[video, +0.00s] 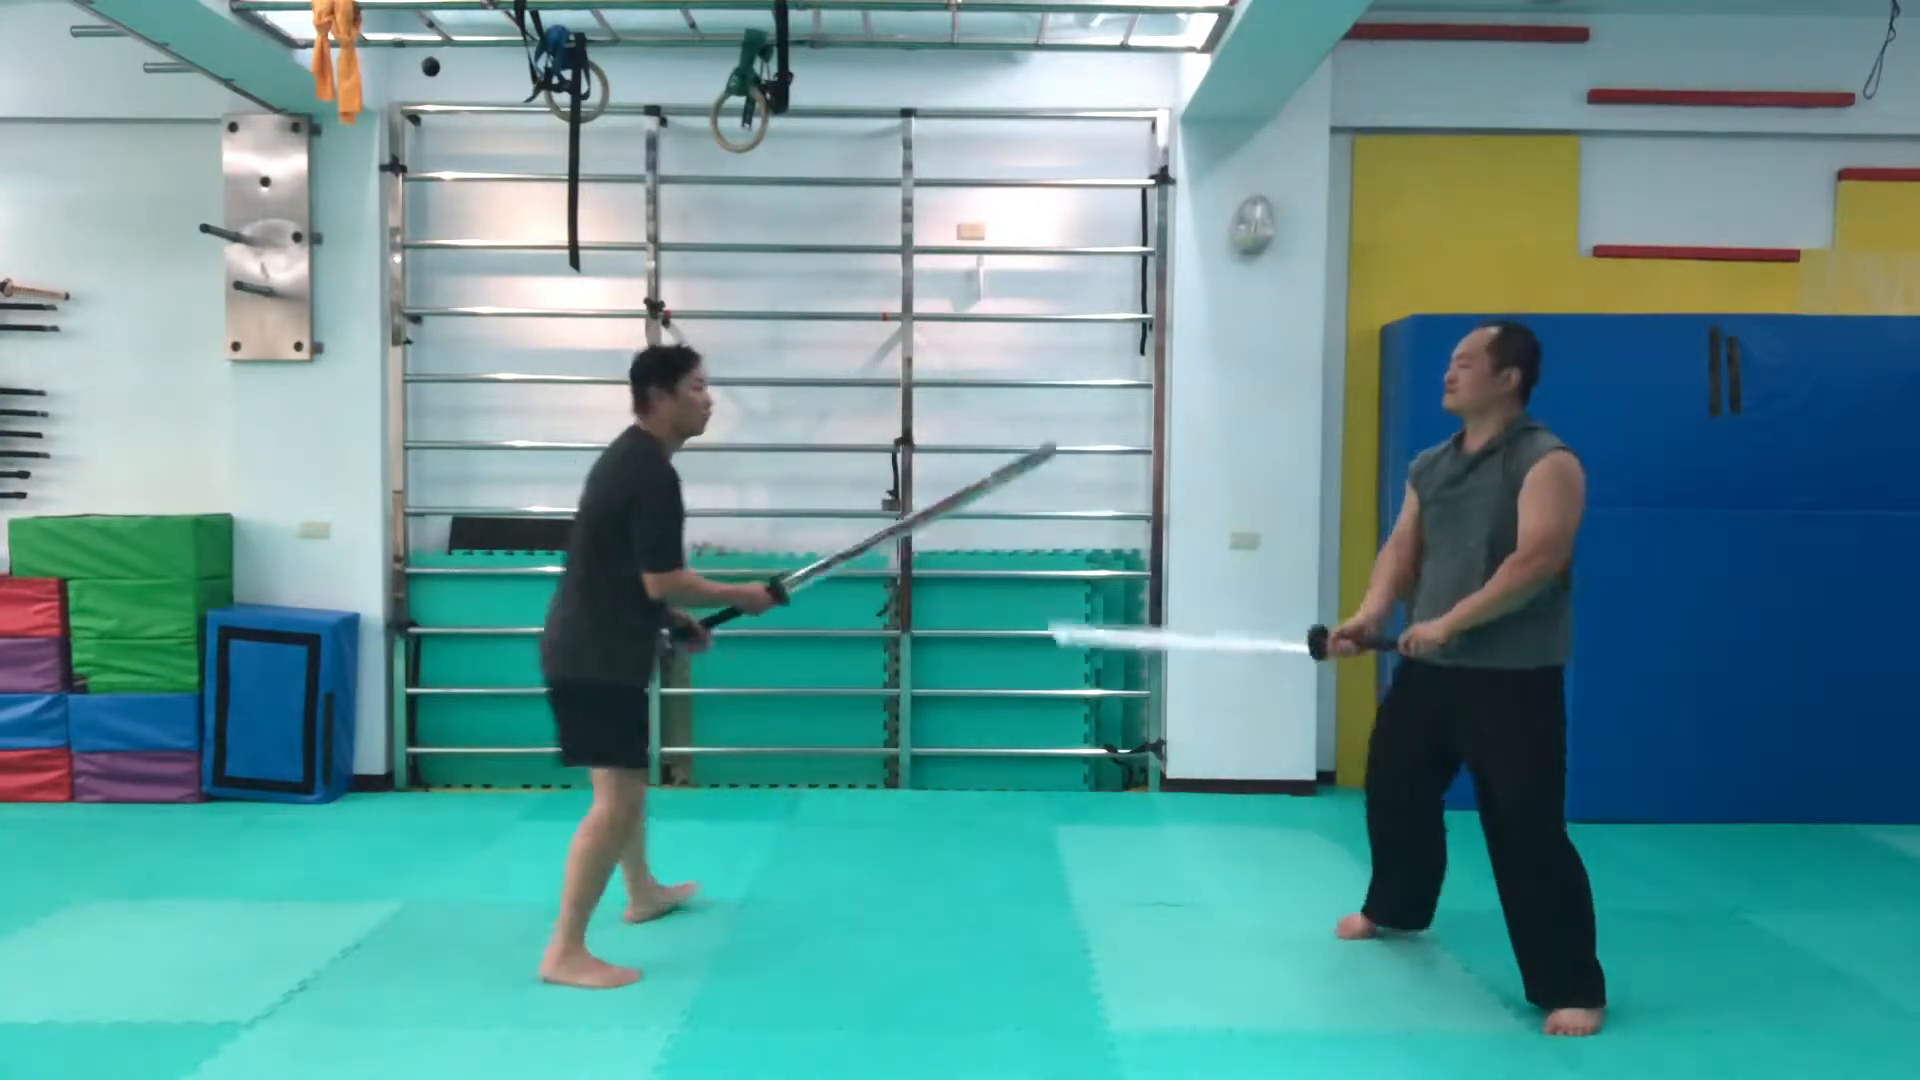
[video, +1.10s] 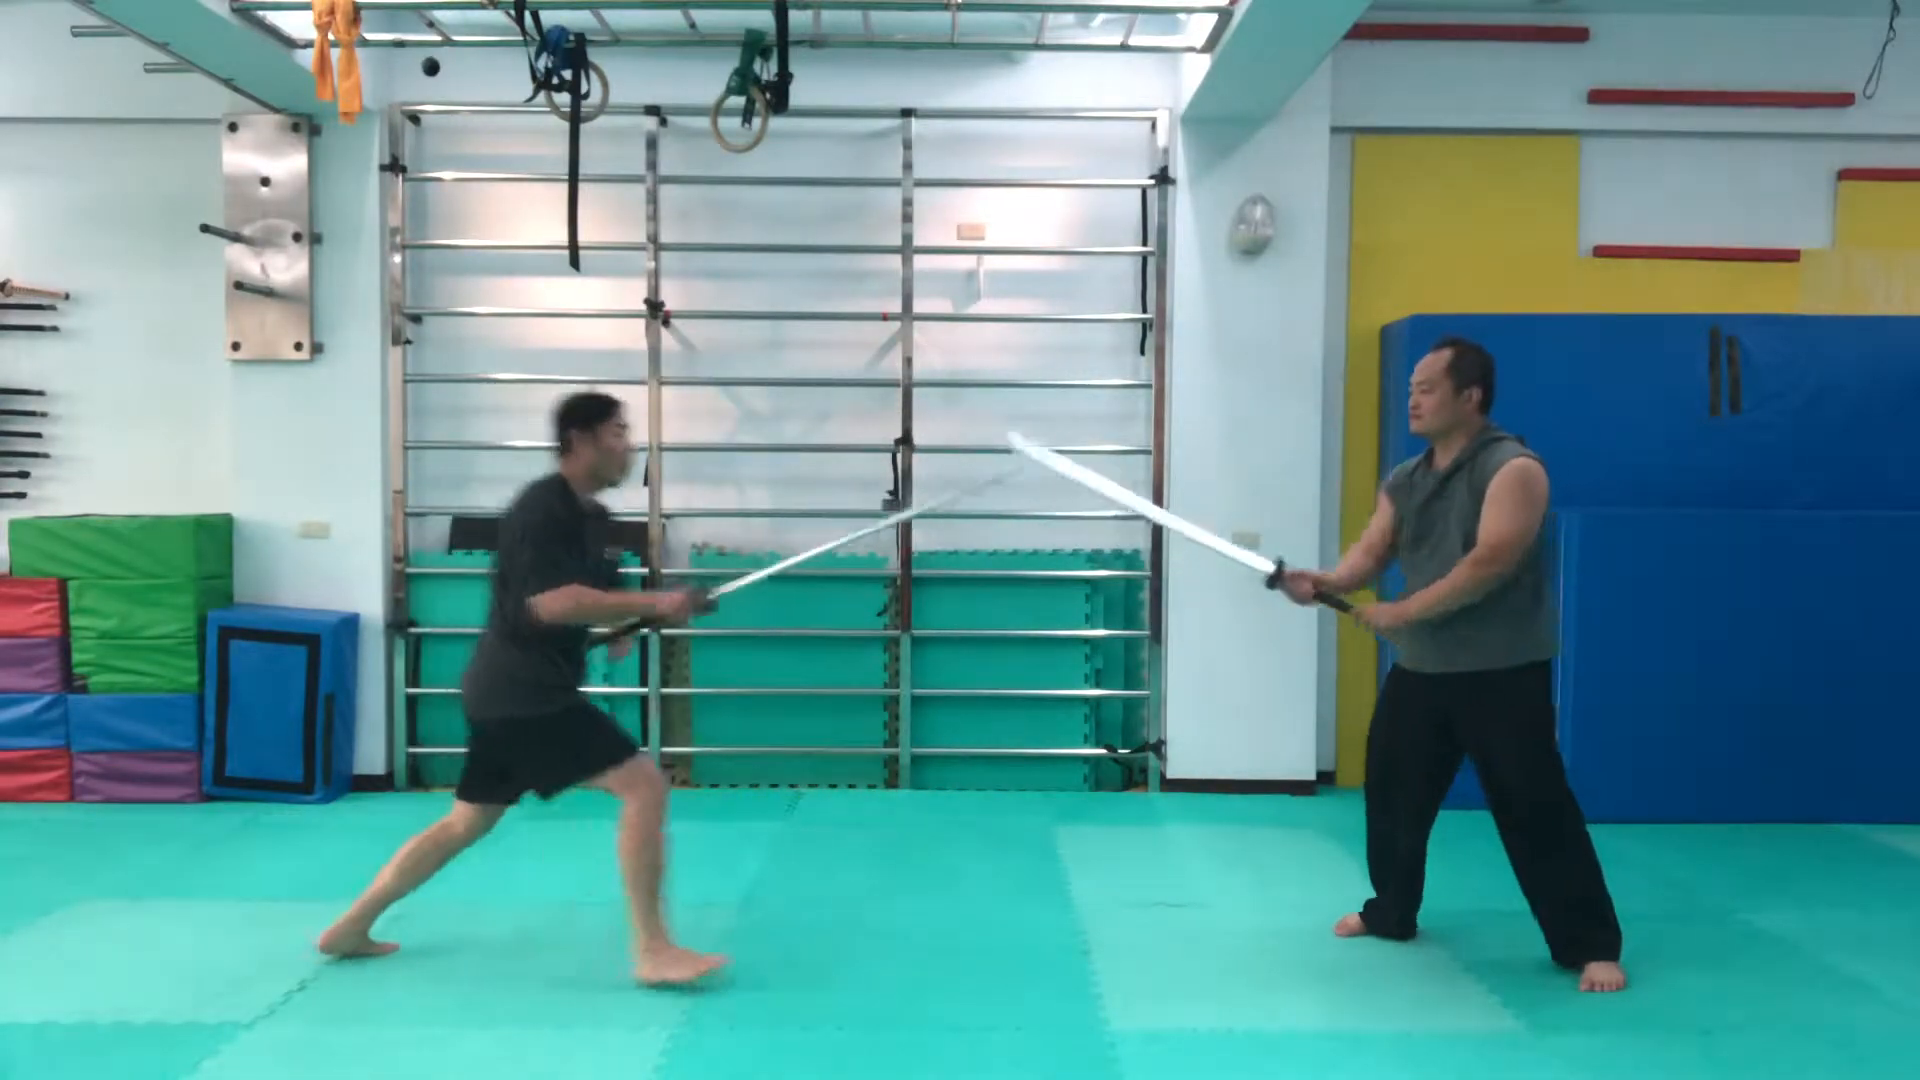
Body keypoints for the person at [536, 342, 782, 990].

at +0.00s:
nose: (710, 400)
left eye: (706, 388)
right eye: (697, 389)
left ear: (655, 399)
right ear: (659, 398)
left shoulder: (624, 458)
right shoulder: (652, 471)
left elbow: (609, 570)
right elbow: (664, 579)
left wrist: (671, 616)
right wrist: (742, 594)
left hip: (591, 650)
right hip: (600, 658)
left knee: (627, 781)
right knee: (614, 800)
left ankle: (642, 891)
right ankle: (564, 953)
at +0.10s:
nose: (696, 403)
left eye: (693, 390)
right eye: (684, 392)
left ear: (642, 401)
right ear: (645, 400)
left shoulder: (611, 457)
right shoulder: (629, 467)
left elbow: (608, 578)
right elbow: (643, 581)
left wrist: (667, 620)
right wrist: (731, 593)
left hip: (555, 648)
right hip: (574, 658)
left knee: (590, 779)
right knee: (612, 792)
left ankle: (578, 898)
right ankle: (564, 954)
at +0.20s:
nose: (673, 403)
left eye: (671, 390)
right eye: (663, 391)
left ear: (622, 401)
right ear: (622, 399)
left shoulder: (585, 457)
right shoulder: (607, 469)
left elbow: (601, 567)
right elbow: (621, 579)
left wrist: (659, 609)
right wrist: (714, 587)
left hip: (522, 652)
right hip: (559, 663)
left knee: (549, 773)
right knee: (599, 794)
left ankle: (485, 893)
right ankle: (564, 956)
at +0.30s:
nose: (648, 402)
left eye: (646, 389)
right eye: (636, 390)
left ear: (592, 399)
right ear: (597, 397)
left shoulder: (557, 458)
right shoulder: (584, 472)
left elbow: (563, 569)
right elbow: (602, 582)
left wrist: (635, 599)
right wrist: (698, 583)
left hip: (502, 658)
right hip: (547, 668)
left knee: (516, 772)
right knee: (596, 792)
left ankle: (406, 887)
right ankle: (564, 956)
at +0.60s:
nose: (575, 413)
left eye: (573, 400)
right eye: (562, 402)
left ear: (520, 413)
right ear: (521, 411)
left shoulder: (495, 472)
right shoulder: (512, 484)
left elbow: (514, 574)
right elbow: (522, 596)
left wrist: (570, 611)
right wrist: (624, 597)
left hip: (440, 671)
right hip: (481, 678)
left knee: (431, 797)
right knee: (554, 791)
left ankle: (342, 928)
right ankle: (560, 955)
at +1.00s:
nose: (590, 435)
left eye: (587, 422)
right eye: (578, 423)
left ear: (541, 433)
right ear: (537, 431)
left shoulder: (551, 505)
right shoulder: (501, 501)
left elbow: (551, 588)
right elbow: (510, 608)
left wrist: (576, 630)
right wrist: (605, 611)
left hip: (475, 688)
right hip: (492, 689)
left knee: (466, 812)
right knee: (600, 783)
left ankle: (351, 927)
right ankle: (590, 946)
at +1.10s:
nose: (630, 445)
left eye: (626, 433)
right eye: (619, 434)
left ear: (587, 443)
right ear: (581, 442)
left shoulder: (588, 517)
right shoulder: (544, 506)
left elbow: (575, 605)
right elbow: (548, 601)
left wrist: (615, 628)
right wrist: (651, 602)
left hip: (509, 695)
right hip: (526, 696)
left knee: (464, 824)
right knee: (644, 785)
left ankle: (348, 930)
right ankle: (653, 952)